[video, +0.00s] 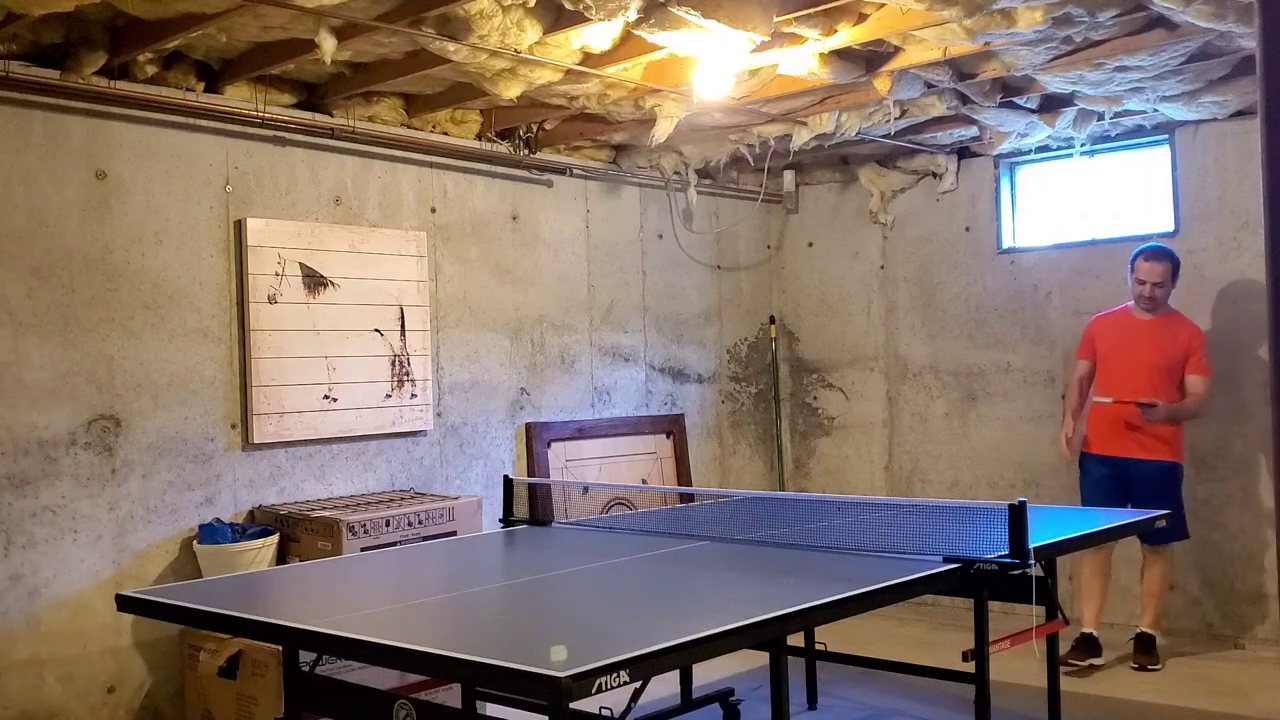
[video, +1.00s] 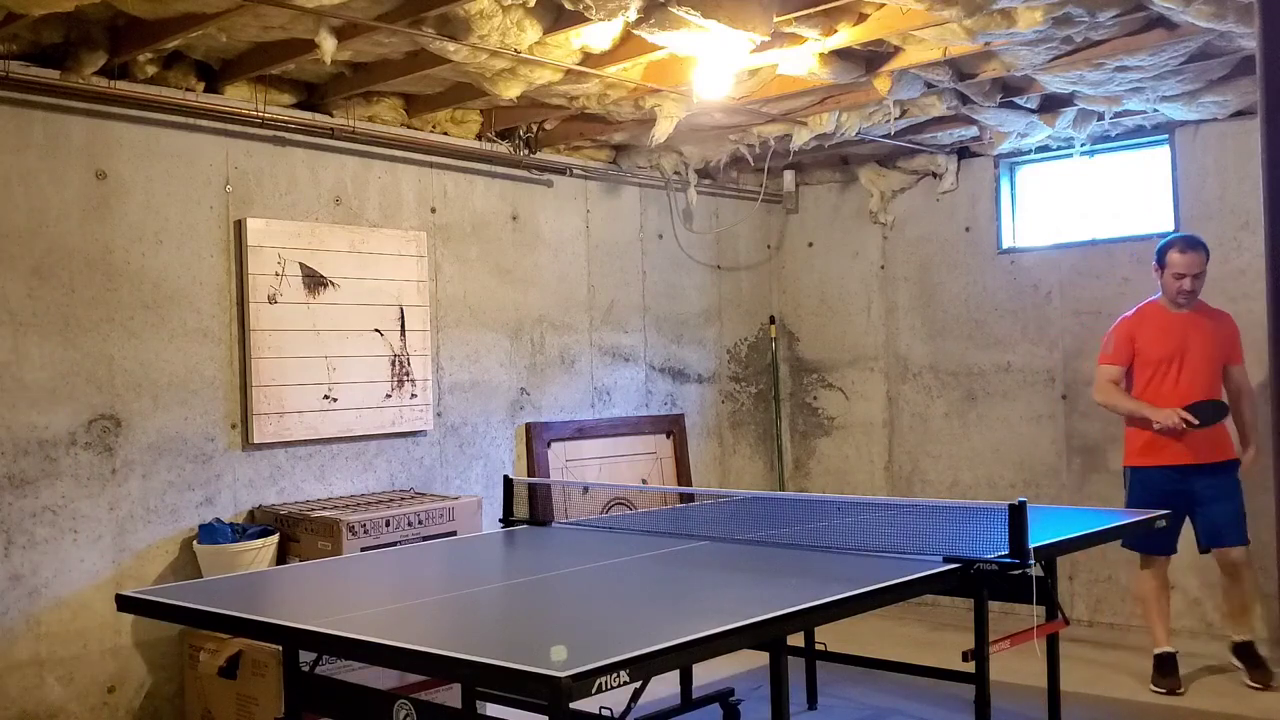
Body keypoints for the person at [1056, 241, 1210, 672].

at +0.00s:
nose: (1147, 291)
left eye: (1158, 284)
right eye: (1141, 281)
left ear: (1173, 285)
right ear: (1129, 277)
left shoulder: (1188, 333)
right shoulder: (1100, 325)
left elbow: (1196, 399)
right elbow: (1080, 380)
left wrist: (1166, 412)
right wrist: (1069, 423)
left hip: (1156, 459)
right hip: (1101, 454)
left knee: (1155, 545)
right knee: (1093, 541)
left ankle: (1146, 635)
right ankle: (1089, 636)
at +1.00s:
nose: (1188, 284)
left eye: (1196, 275)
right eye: (1179, 275)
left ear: (1205, 273)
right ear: (1159, 272)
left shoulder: (1221, 324)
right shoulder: (1131, 326)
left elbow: (1239, 389)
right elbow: (1103, 391)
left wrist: (1249, 442)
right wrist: (1151, 412)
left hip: (1216, 465)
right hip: (1153, 468)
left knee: (1235, 557)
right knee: (1153, 561)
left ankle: (1244, 644)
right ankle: (1163, 654)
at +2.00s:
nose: (1210, 268)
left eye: (1220, 260)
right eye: (1205, 260)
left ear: (1246, 266)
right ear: (1199, 265)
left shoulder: (1266, 319)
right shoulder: (1184, 319)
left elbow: (1277, 401)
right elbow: (1164, 385)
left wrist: (1247, 438)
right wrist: (1139, 441)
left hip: (1249, 462)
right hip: (1183, 459)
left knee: (1264, 559)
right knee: (1161, 546)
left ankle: (1270, 654)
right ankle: (1155, 641)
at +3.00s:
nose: (1198, 305)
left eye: (1210, 298)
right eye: (1190, 294)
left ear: (1225, 294)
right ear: (1177, 284)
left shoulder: (1238, 339)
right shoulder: (1148, 325)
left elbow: (1241, 412)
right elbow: (1105, 379)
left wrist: (1202, 437)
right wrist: (1110, 424)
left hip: (1213, 464)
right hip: (1152, 462)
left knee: (1221, 552)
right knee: (1147, 550)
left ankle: (1241, 657)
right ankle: (1144, 645)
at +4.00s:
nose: (1145, 291)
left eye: (1156, 284)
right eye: (1140, 282)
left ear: (1181, 289)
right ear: (1134, 284)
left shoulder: (1205, 346)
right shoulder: (1113, 334)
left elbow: (1226, 417)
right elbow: (1075, 385)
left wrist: (1236, 489)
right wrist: (1039, 437)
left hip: (1177, 477)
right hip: (1112, 470)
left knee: (1200, 563)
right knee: (1083, 555)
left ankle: (1240, 659)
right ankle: (1056, 641)